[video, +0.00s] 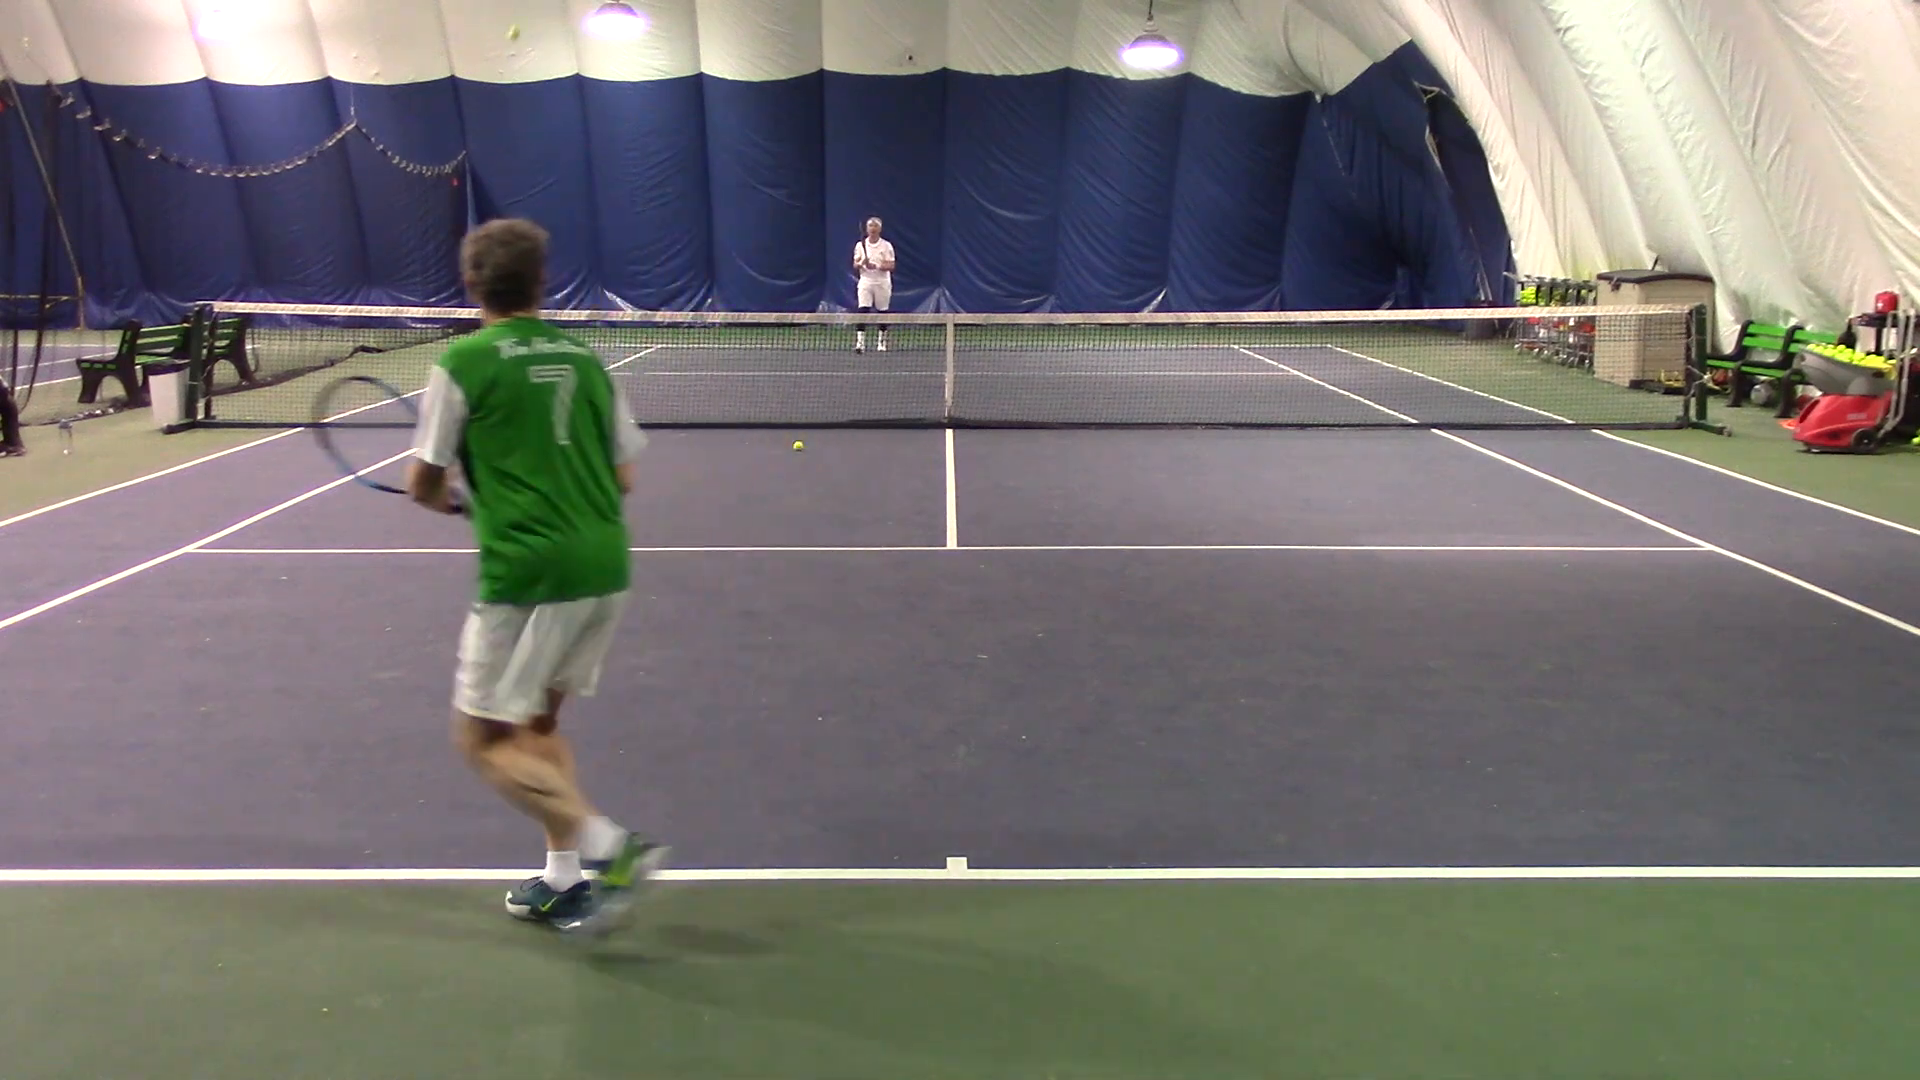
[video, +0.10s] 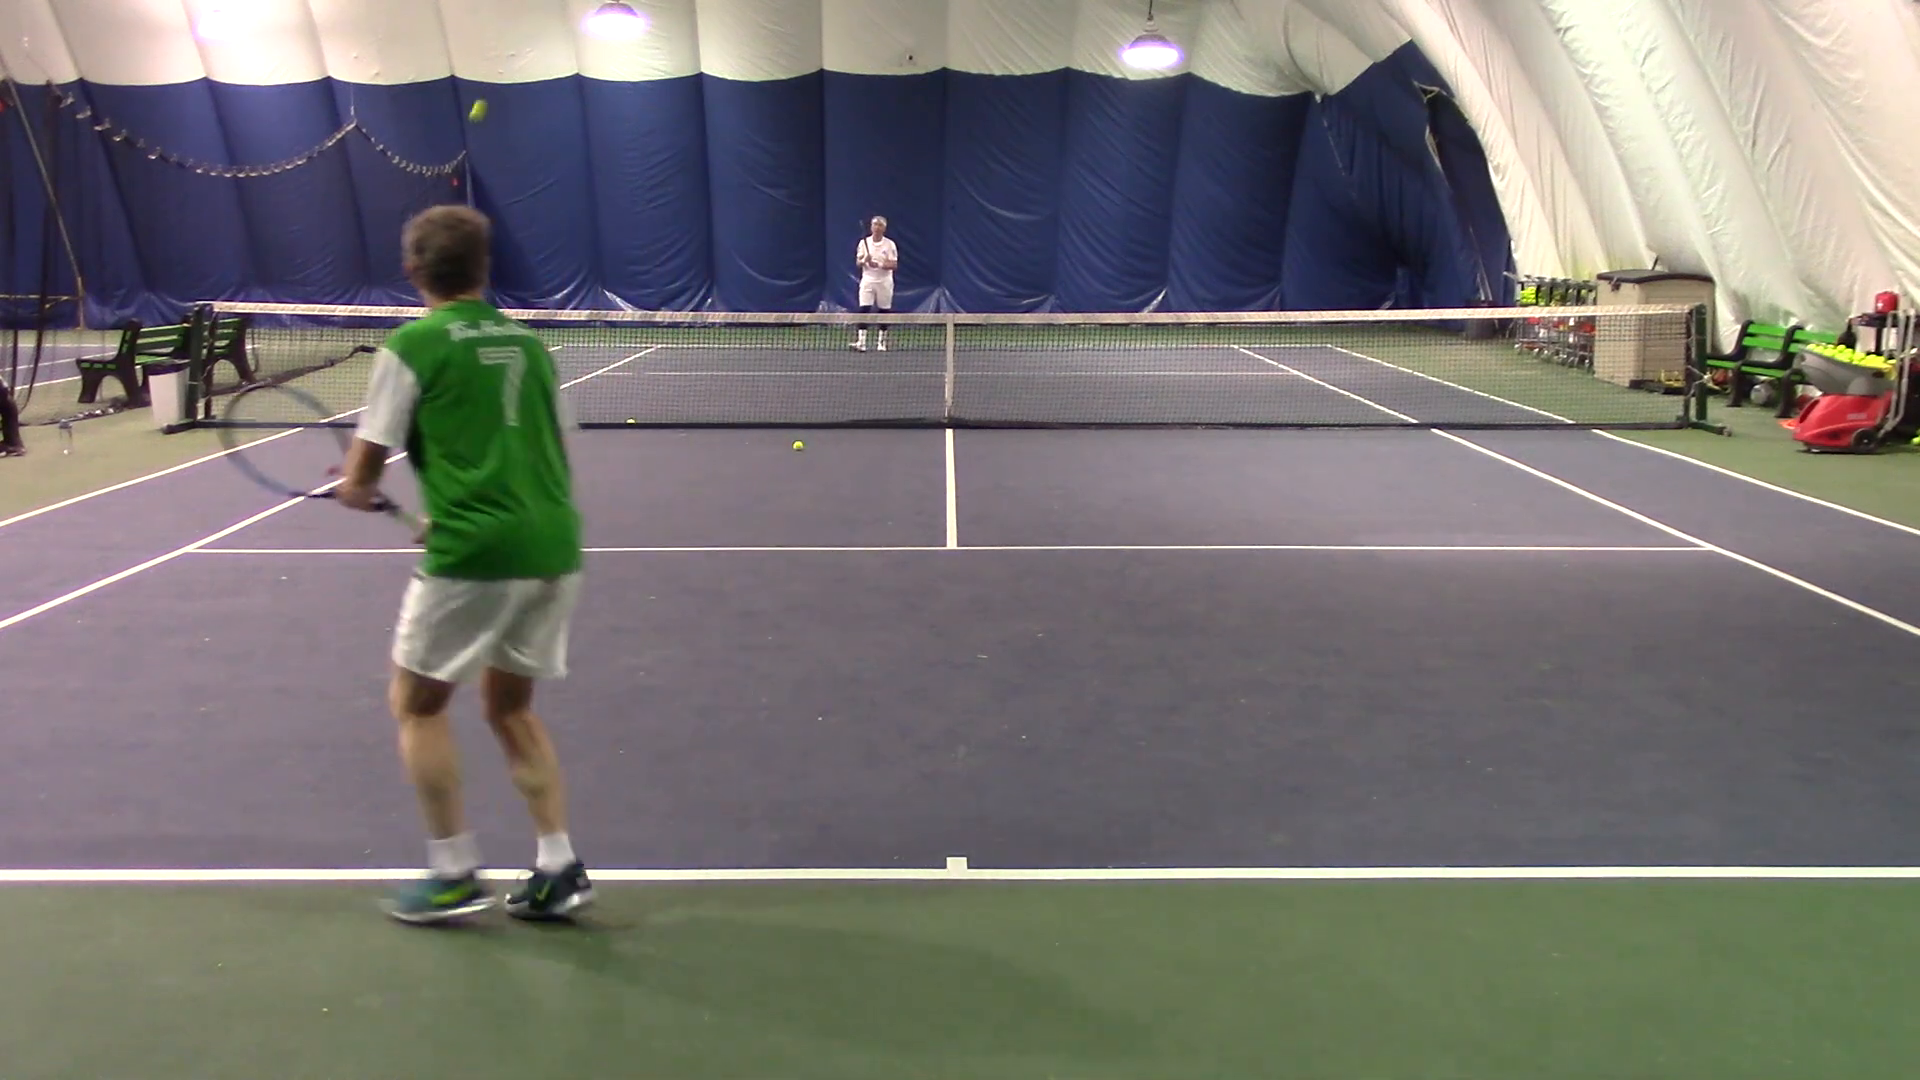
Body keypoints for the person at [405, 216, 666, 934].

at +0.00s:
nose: (464, 288)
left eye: (466, 278)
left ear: (474, 288)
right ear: (541, 283)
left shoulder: (462, 363)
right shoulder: (584, 360)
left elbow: (424, 484)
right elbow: (623, 477)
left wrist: (458, 497)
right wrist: (539, 482)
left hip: (524, 572)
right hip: (603, 565)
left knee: (482, 738)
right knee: (541, 719)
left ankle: (609, 846)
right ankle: (563, 878)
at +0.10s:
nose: (406, 272)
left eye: (408, 263)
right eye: (409, 262)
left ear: (418, 271)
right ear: (485, 269)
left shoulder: (413, 345)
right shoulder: (528, 342)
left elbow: (365, 464)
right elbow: (544, 453)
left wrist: (357, 488)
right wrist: (449, 510)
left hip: (470, 553)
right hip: (554, 548)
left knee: (418, 702)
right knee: (510, 703)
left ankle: (453, 870)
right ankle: (559, 863)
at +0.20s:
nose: (365, 272)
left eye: (366, 262)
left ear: (370, 272)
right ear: (439, 270)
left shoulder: (360, 346)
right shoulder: (483, 343)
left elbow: (319, 449)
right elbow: (483, 453)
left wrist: (296, 498)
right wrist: (396, 512)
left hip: (412, 558)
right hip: (497, 551)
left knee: (383, 709)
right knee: (448, 690)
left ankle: (398, 862)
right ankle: (517, 812)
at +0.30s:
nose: (323, 283)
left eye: (324, 274)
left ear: (327, 284)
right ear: (395, 280)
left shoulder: (314, 357)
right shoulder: (437, 352)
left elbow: (278, 460)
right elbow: (446, 443)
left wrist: (255, 513)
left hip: (361, 555)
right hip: (444, 547)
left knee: (339, 706)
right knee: (383, 673)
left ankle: (393, 859)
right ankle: (421, 809)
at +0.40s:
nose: (285, 293)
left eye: (286, 285)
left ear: (292, 292)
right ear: (359, 289)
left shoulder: (276, 360)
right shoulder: (400, 362)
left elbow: (238, 467)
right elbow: (392, 460)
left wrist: (213, 527)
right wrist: (303, 518)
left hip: (315, 563)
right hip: (397, 557)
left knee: (287, 708)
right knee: (339, 685)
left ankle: (373, 837)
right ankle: (328, 814)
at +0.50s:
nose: (246, 299)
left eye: (248, 290)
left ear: (254, 299)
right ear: (320, 298)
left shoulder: (241, 371)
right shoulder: (360, 371)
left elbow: (199, 483)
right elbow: (354, 485)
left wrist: (160, 539)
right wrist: (256, 544)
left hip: (284, 564)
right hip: (366, 560)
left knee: (217, 695)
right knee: (304, 679)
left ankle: (313, 815)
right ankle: (322, 820)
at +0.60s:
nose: (197, 290)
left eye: (199, 282)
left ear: (207, 290)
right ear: (273, 286)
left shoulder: (198, 362)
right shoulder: (316, 356)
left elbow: (159, 482)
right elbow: (298, 470)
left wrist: (105, 507)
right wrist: (201, 519)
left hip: (249, 550)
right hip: (333, 542)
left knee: (177, 690)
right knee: (292, 681)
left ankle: (230, 848)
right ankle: (324, 821)